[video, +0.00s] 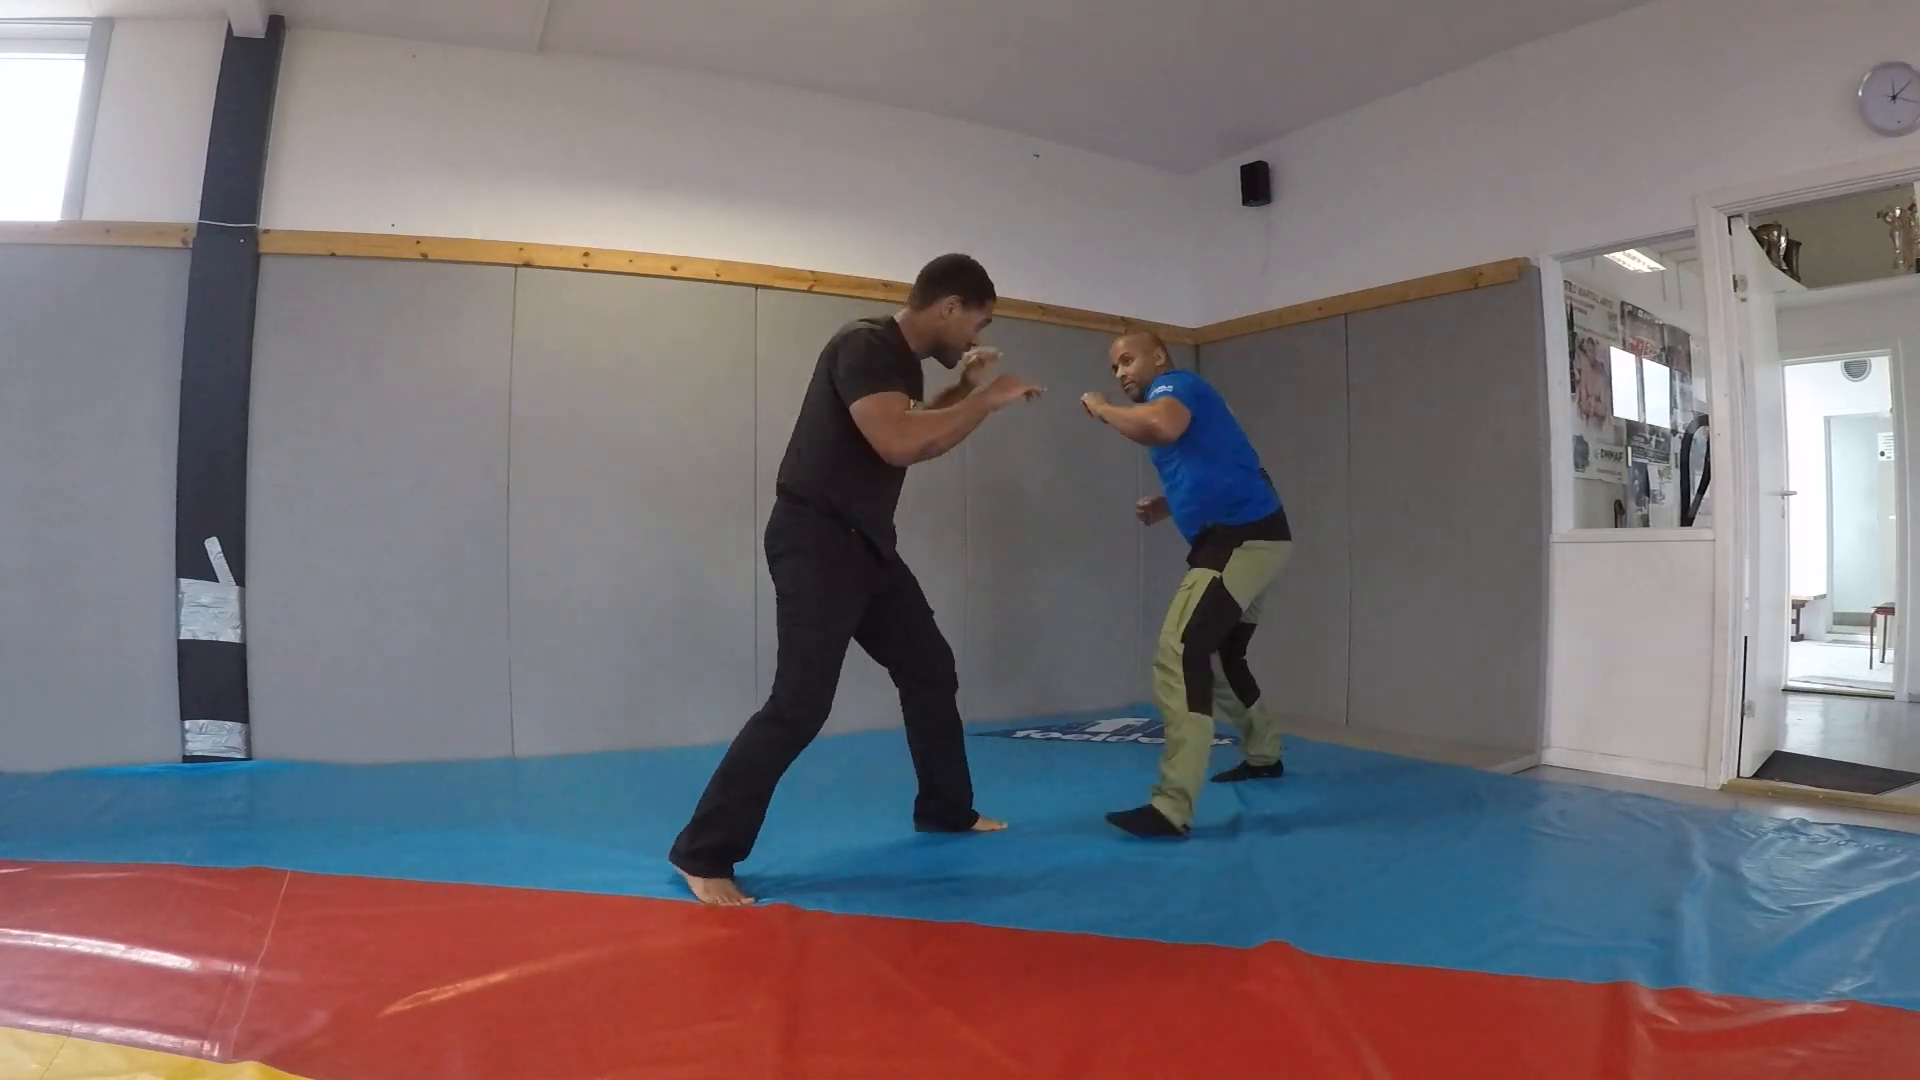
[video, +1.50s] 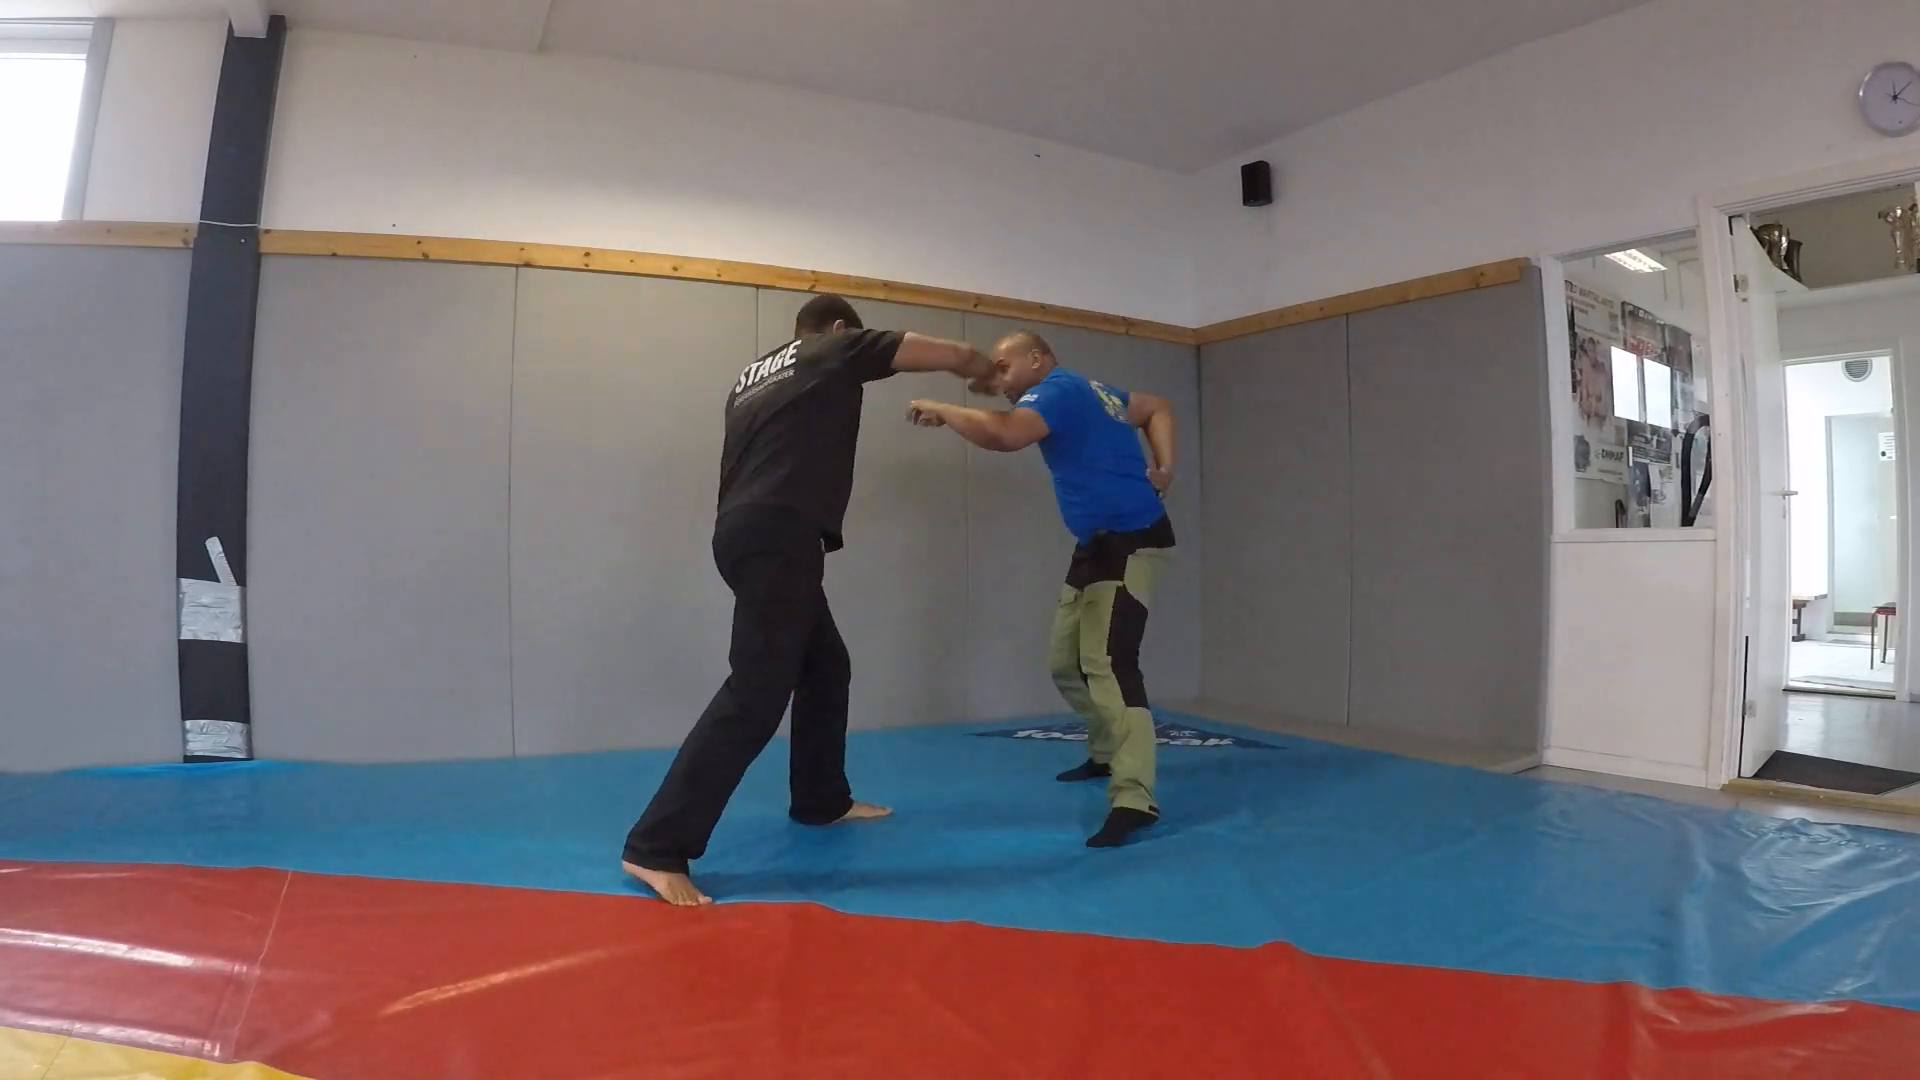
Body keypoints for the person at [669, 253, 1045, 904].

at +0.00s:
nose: (972, 337)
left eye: (977, 328)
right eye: (974, 324)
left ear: (940, 308)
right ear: (949, 307)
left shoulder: (903, 362)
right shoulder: (866, 346)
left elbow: (912, 437)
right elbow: (898, 442)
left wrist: (961, 390)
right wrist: (986, 400)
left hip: (866, 547)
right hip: (816, 539)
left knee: (929, 668)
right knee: (799, 705)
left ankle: (945, 810)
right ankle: (703, 855)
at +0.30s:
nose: (982, 356)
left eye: (987, 346)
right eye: (985, 341)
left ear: (949, 317)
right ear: (965, 321)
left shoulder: (908, 361)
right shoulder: (897, 357)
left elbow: (966, 439)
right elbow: (971, 450)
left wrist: (1004, 383)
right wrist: (1011, 376)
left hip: (869, 552)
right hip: (832, 545)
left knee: (938, 672)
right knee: (823, 708)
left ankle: (945, 812)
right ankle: (718, 865)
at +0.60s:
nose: (946, 319)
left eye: (950, 308)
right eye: (944, 304)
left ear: (892, 290)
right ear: (911, 288)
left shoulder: (827, 342)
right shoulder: (904, 340)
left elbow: (817, 445)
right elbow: (976, 447)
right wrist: (1025, 463)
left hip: (829, 539)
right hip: (843, 542)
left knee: (922, 668)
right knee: (801, 709)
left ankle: (930, 812)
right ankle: (711, 873)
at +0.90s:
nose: (925, 343)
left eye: (930, 333)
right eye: (921, 329)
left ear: (897, 316)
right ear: (884, 307)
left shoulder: (892, 361)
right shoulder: (816, 358)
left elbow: (957, 372)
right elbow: (863, 459)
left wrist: (986, 359)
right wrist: (948, 423)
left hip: (850, 557)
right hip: (794, 555)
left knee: (917, 675)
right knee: (801, 695)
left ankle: (929, 813)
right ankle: (693, 849)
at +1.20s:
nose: (882, 335)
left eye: (886, 325)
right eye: (883, 321)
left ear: (832, 302)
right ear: (859, 305)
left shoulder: (786, 347)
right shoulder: (819, 352)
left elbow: (813, 418)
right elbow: (881, 444)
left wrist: (859, 375)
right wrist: (917, 392)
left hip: (773, 541)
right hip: (762, 543)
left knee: (855, 651)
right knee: (755, 706)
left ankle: (851, 797)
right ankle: (657, 860)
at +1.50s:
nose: (856, 343)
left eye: (856, 337)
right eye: (855, 336)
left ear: (799, 329)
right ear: (841, 328)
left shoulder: (749, 378)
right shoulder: (838, 347)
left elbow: (735, 471)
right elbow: (960, 355)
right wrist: (980, 368)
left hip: (739, 533)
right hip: (781, 530)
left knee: (825, 666)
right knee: (758, 687)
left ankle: (820, 802)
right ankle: (657, 847)